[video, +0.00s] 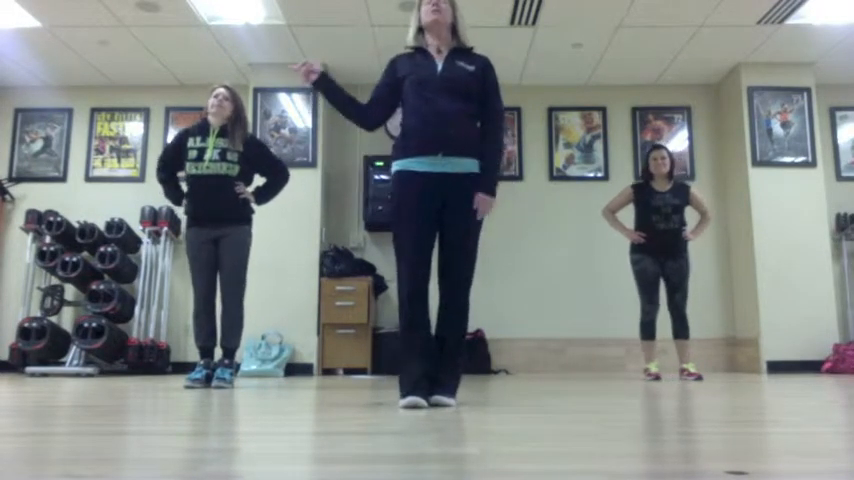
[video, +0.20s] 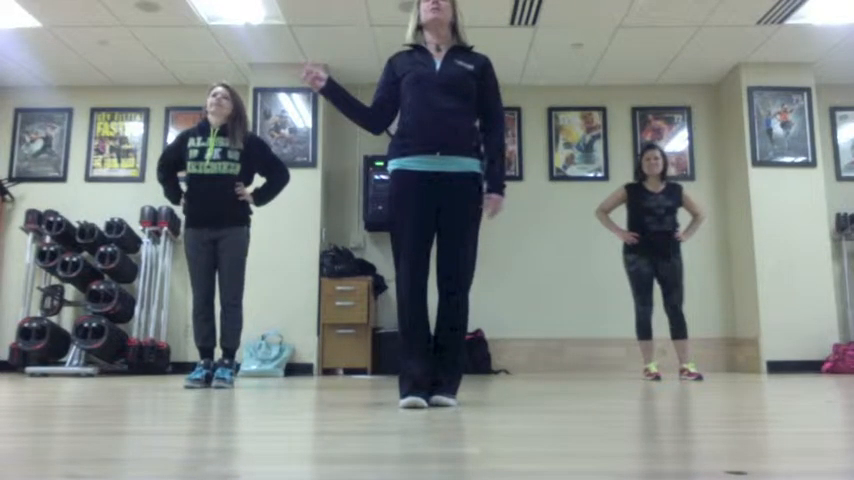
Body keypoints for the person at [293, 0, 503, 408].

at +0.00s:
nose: (433, 6)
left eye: (441, 3)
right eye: (427, 3)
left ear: (453, 15)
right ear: (419, 16)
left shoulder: (478, 64)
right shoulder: (404, 63)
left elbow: (494, 127)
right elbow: (370, 117)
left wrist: (487, 185)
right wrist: (322, 81)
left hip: (464, 182)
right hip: (413, 180)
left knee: (455, 288)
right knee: (413, 286)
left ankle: (444, 386)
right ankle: (414, 387)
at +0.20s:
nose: (431, 4)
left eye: (439, 0)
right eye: (425, 1)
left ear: (452, 11)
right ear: (418, 14)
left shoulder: (477, 63)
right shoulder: (401, 61)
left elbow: (494, 125)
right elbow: (375, 120)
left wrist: (495, 184)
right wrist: (327, 86)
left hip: (462, 179)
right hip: (410, 178)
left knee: (454, 285)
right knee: (411, 283)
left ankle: (444, 385)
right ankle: (413, 386)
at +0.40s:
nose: (428, 3)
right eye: (422, 1)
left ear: (450, 11)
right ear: (415, 14)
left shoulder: (474, 63)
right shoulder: (398, 61)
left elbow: (492, 122)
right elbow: (373, 119)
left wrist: (496, 179)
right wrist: (328, 83)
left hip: (460, 180)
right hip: (407, 179)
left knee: (455, 284)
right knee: (409, 283)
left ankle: (445, 386)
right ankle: (413, 386)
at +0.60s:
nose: (426, 4)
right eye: (420, 1)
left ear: (447, 10)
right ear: (412, 12)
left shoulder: (471, 63)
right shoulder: (395, 61)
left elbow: (488, 124)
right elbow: (367, 119)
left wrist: (485, 178)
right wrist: (324, 82)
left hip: (458, 181)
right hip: (405, 180)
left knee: (458, 284)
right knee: (407, 283)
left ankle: (445, 385)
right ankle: (413, 386)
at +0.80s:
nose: (425, 3)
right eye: (419, 1)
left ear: (446, 11)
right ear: (410, 12)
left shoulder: (470, 63)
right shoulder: (393, 61)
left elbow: (485, 125)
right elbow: (367, 120)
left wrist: (480, 182)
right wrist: (326, 83)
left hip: (455, 183)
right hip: (402, 182)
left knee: (462, 284)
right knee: (405, 286)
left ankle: (447, 384)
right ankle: (413, 386)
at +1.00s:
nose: (429, 2)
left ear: (449, 8)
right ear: (412, 9)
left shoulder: (472, 61)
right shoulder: (395, 58)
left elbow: (489, 123)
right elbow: (364, 115)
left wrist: (488, 177)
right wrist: (336, 77)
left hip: (459, 180)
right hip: (405, 180)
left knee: (478, 278)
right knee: (407, 284)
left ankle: (489, 376)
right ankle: (413, 387)